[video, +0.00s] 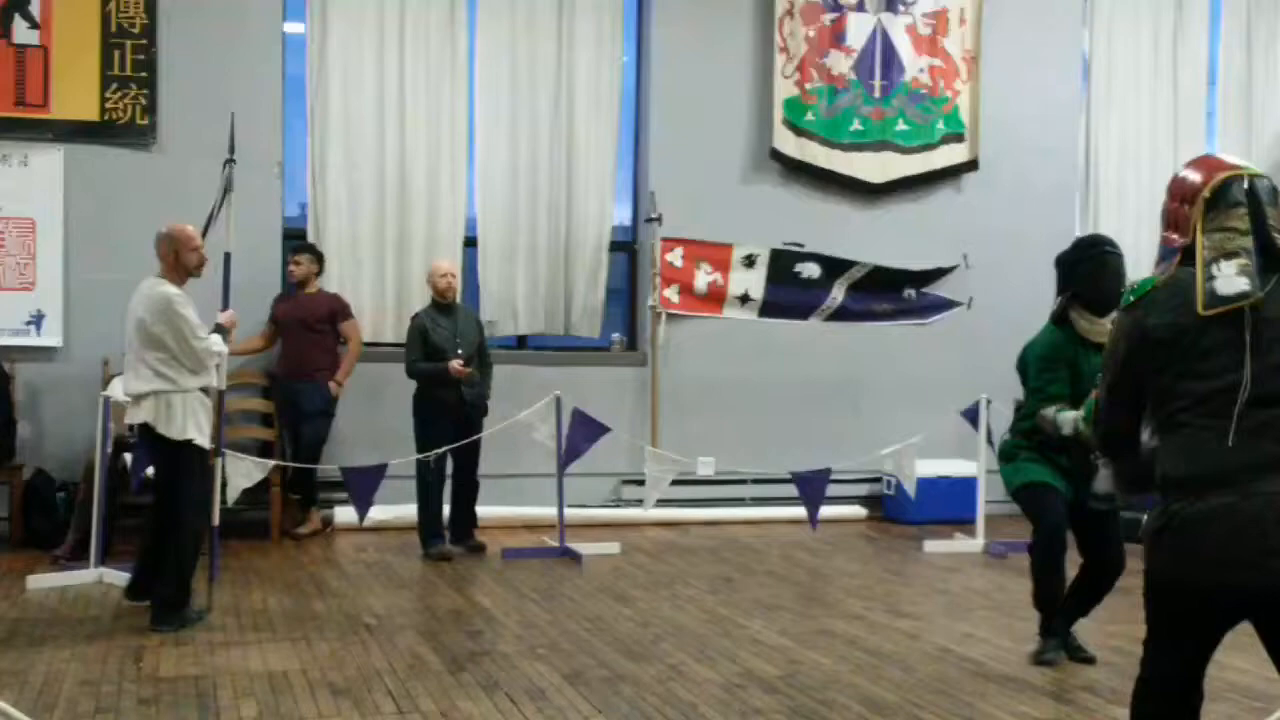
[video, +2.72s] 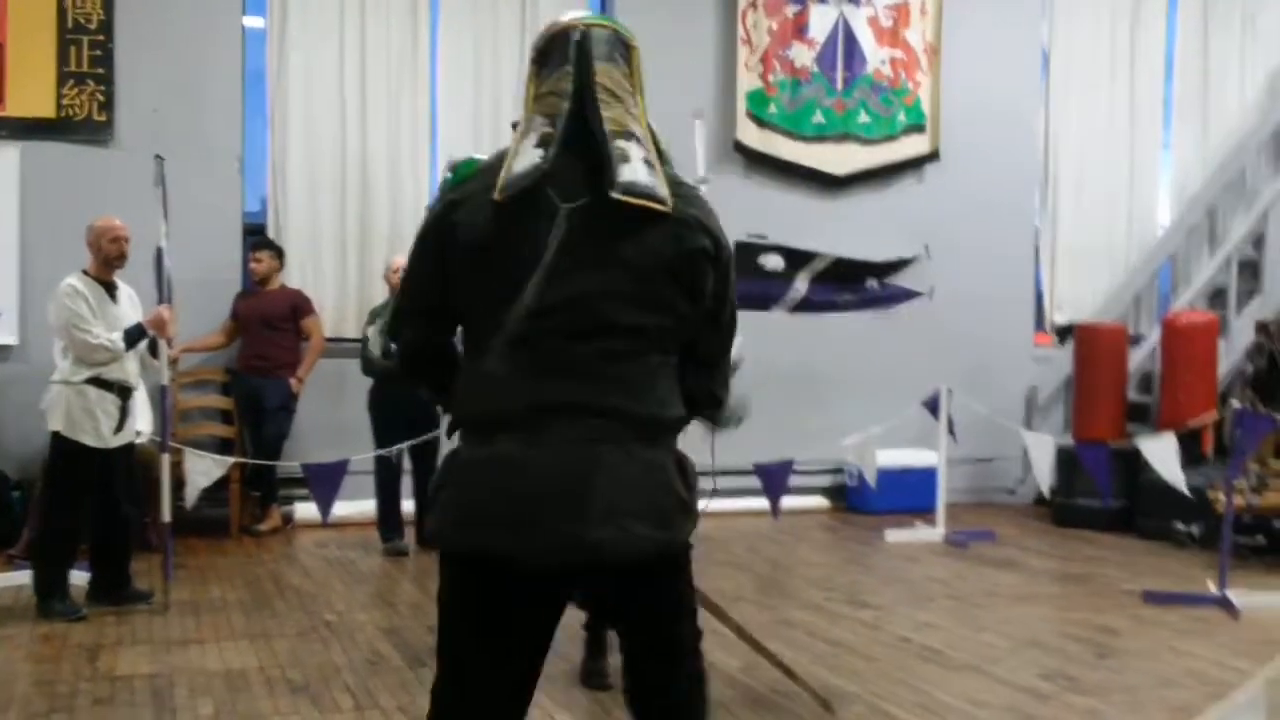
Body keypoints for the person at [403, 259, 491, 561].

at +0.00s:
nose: (449, 281)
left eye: (453, 276)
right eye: (443, 276)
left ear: (458, 281)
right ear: (430, 282)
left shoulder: (471, 318)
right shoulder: (421, 321)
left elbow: (484, 360)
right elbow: (412, 367)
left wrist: (482, 394)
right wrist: (445, 368)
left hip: (468, 405)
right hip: (432, 405)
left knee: (466, 473)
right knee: (432, 472)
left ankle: (463, 533)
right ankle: (433, 540)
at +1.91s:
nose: (442, 278)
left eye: (447, 273)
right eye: (436, 274)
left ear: (455, 279)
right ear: (427, 281)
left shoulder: (468, 316)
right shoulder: (418, 317)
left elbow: (480, 358)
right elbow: (406, 364)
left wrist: (475, 392)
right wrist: (438, 366)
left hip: (460, 402)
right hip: (425, 403)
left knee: (453, 470)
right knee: (421, 468)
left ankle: (445, 531)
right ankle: (416, 536)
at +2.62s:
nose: (421, 276)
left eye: (425, 271)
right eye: (415, 271)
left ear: (433, 277)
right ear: (405, 278)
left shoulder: (449, 315)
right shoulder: (396, 317)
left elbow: (461, 355)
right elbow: (387, 363)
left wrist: (445, 375)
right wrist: (411, 365)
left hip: (442, 401)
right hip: (407, 402)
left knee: (444, 469)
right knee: (407, 470)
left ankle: (448, 532)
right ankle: (410, 536)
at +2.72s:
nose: (401, 276)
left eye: (406, 271)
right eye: (396, 271)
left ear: (414, 276)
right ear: (386, 277)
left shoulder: (429, 312)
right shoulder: (379, 314)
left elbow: (445, 356)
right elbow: (368, 362)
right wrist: (402, 368)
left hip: (423, 397)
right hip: (388, 397)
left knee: (426, 469)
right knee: (388, 469)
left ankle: (427, 532)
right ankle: (391, 535)